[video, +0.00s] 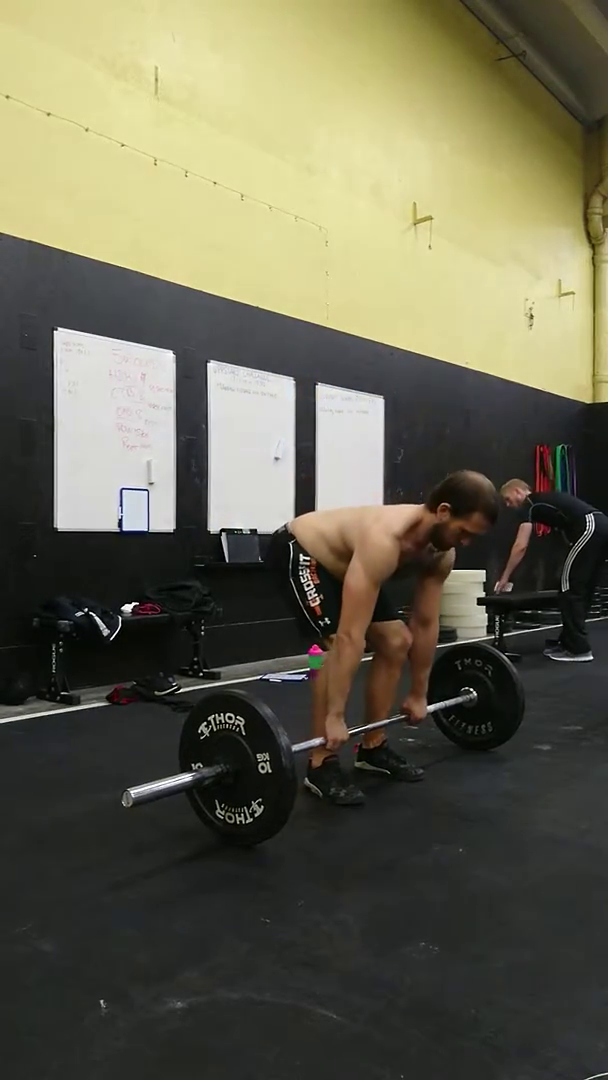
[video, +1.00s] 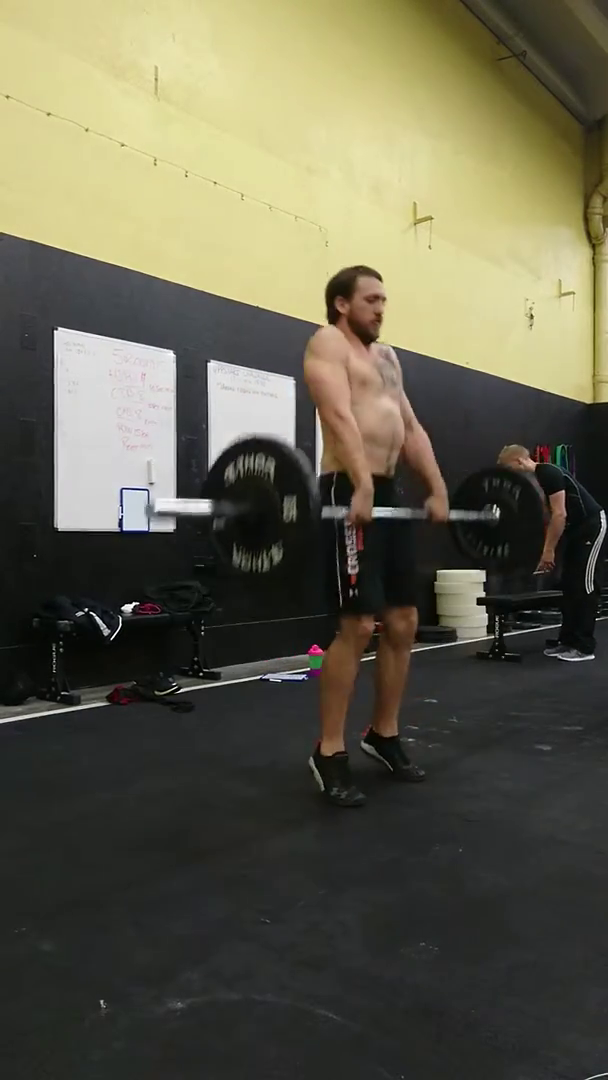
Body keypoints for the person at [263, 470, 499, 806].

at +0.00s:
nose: (466, 543)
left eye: (472, 537)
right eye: (465, 533)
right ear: (443, 511)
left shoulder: (440, 553)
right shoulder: (382, 540)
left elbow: (425, 623)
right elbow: (348, 636)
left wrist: (418, 695)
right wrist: (335, 715)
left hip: (347, 562)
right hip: (300, 550)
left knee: (395, 643)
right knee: (340, 649)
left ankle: (373, 748)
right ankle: (321, 763)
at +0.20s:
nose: (469, 537)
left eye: (476, 530)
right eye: (467, 526)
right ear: (442, 507)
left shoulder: (445, 553)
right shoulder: (384, 543)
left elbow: (427, 624)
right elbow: (347, 637)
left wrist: (417, 695)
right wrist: (336, 717)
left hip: (349, 570)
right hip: (302, 561)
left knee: (404, 645)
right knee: (359, 648)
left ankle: (373, 747)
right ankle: (321, 763)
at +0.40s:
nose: (470, 524)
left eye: (476, 516)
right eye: (466, 513)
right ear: (438, 494)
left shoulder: (444, 547)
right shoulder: (383, 539)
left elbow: (427, 622)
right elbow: (348, 634)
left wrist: (418, 692)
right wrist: (338, 715)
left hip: (351, 571)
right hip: (304, 563)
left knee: (407, 645)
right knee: (362, 648)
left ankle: (374, 747)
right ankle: (322, 763)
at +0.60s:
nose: (468, 483)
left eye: (475, 476)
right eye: (464, 472)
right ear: (435, 457)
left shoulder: (443, 514)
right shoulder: (382, 503)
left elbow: (427, 588)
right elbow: (350, 598)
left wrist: (420, 660)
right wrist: (338, 677)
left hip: (351, 549)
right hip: (303, 540)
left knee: (390, 637)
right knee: (337, 647)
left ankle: (373, 748)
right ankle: (321, 764)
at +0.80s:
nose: (444, 374)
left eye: (448, 365)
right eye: (436, 363)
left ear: (444, 368)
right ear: (404, 360)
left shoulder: (433, 431)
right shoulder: (367, 421)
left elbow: (427, 512)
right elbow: (355, 517)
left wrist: (423, 587)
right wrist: (345, 595)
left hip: (363, 528)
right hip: (315, 523)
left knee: (389, 636)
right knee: (338, 638)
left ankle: (373, 746)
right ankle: (321, 762)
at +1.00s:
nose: (380, 309)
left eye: (383, 301)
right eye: (371, 300)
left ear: (379, 308)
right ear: (341, 304)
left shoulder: (386, 355)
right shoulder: (325, 344)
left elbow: (409, 425)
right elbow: (336, 416)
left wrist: (437, 486)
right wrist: (363, 483)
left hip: (390, 494)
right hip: (345, 493)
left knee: (402, 624)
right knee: (357, 626)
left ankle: (384, 734)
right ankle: (330, 751)